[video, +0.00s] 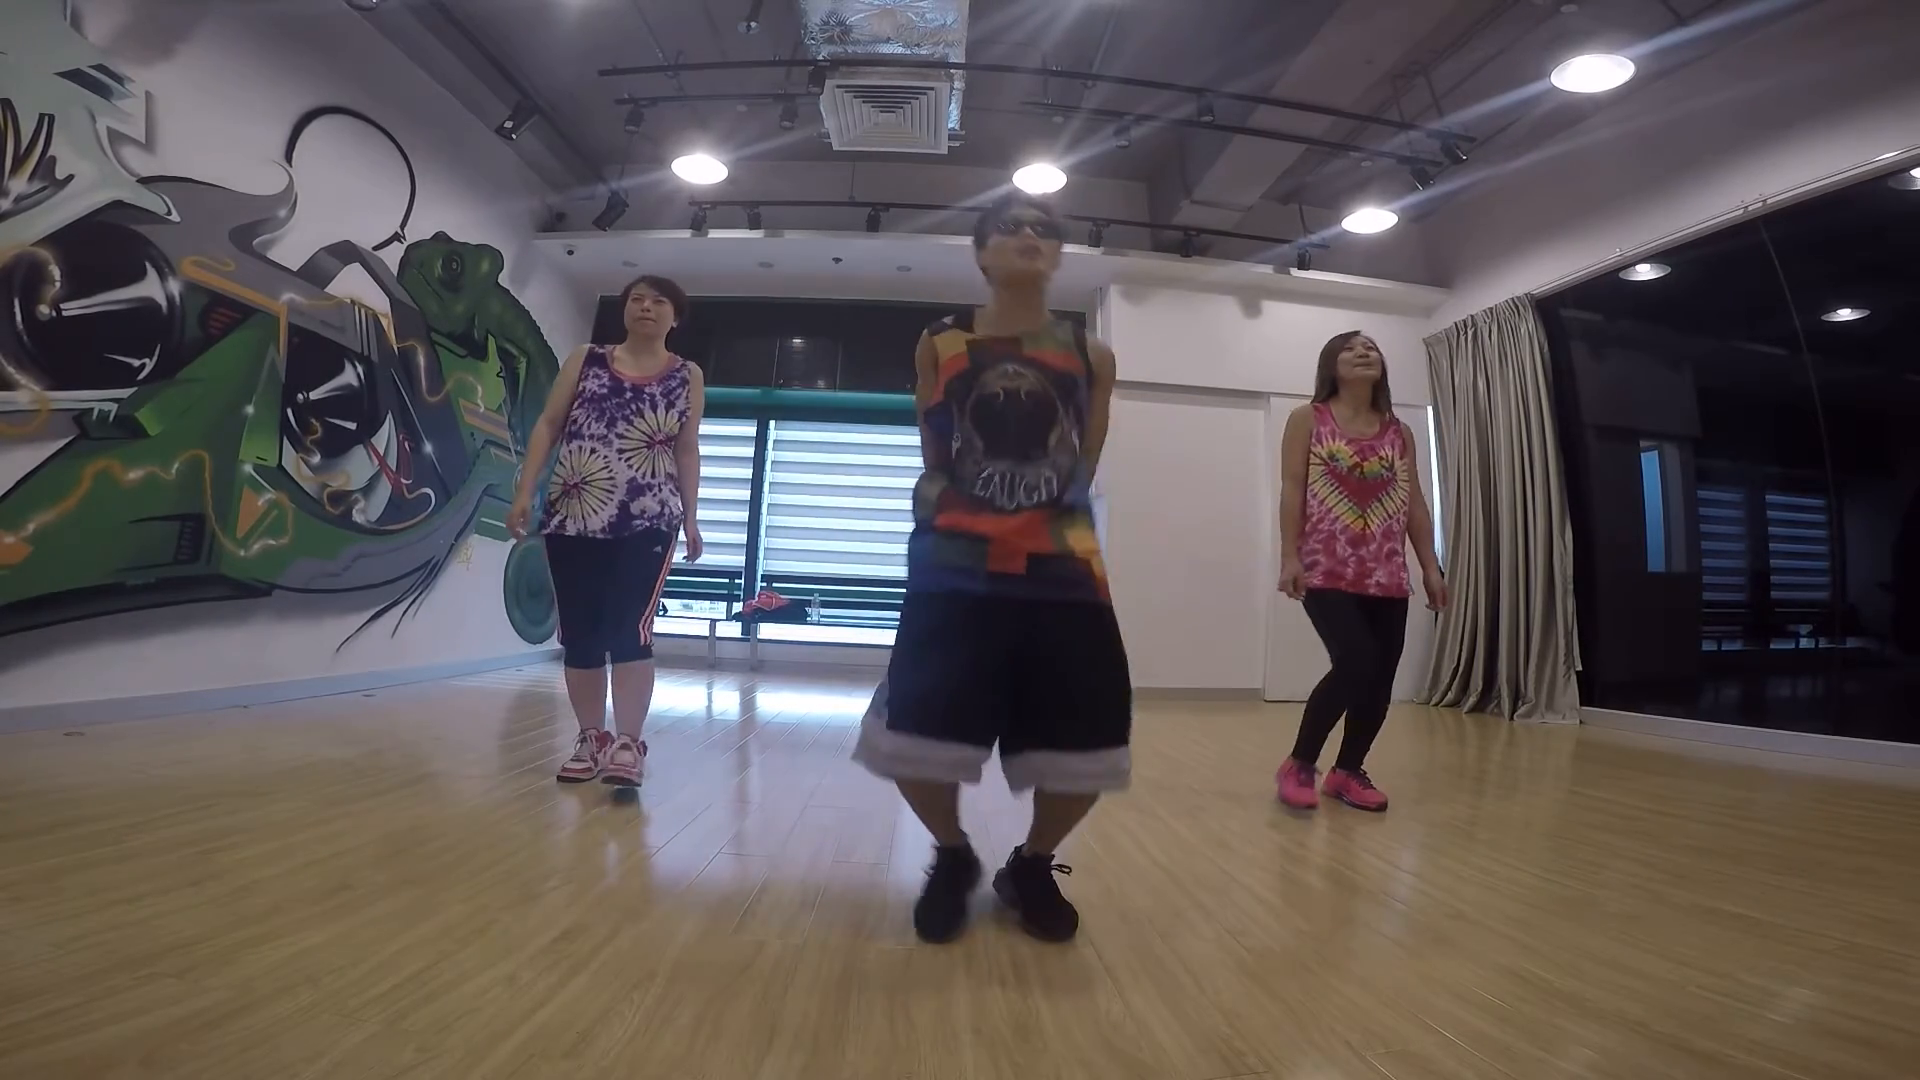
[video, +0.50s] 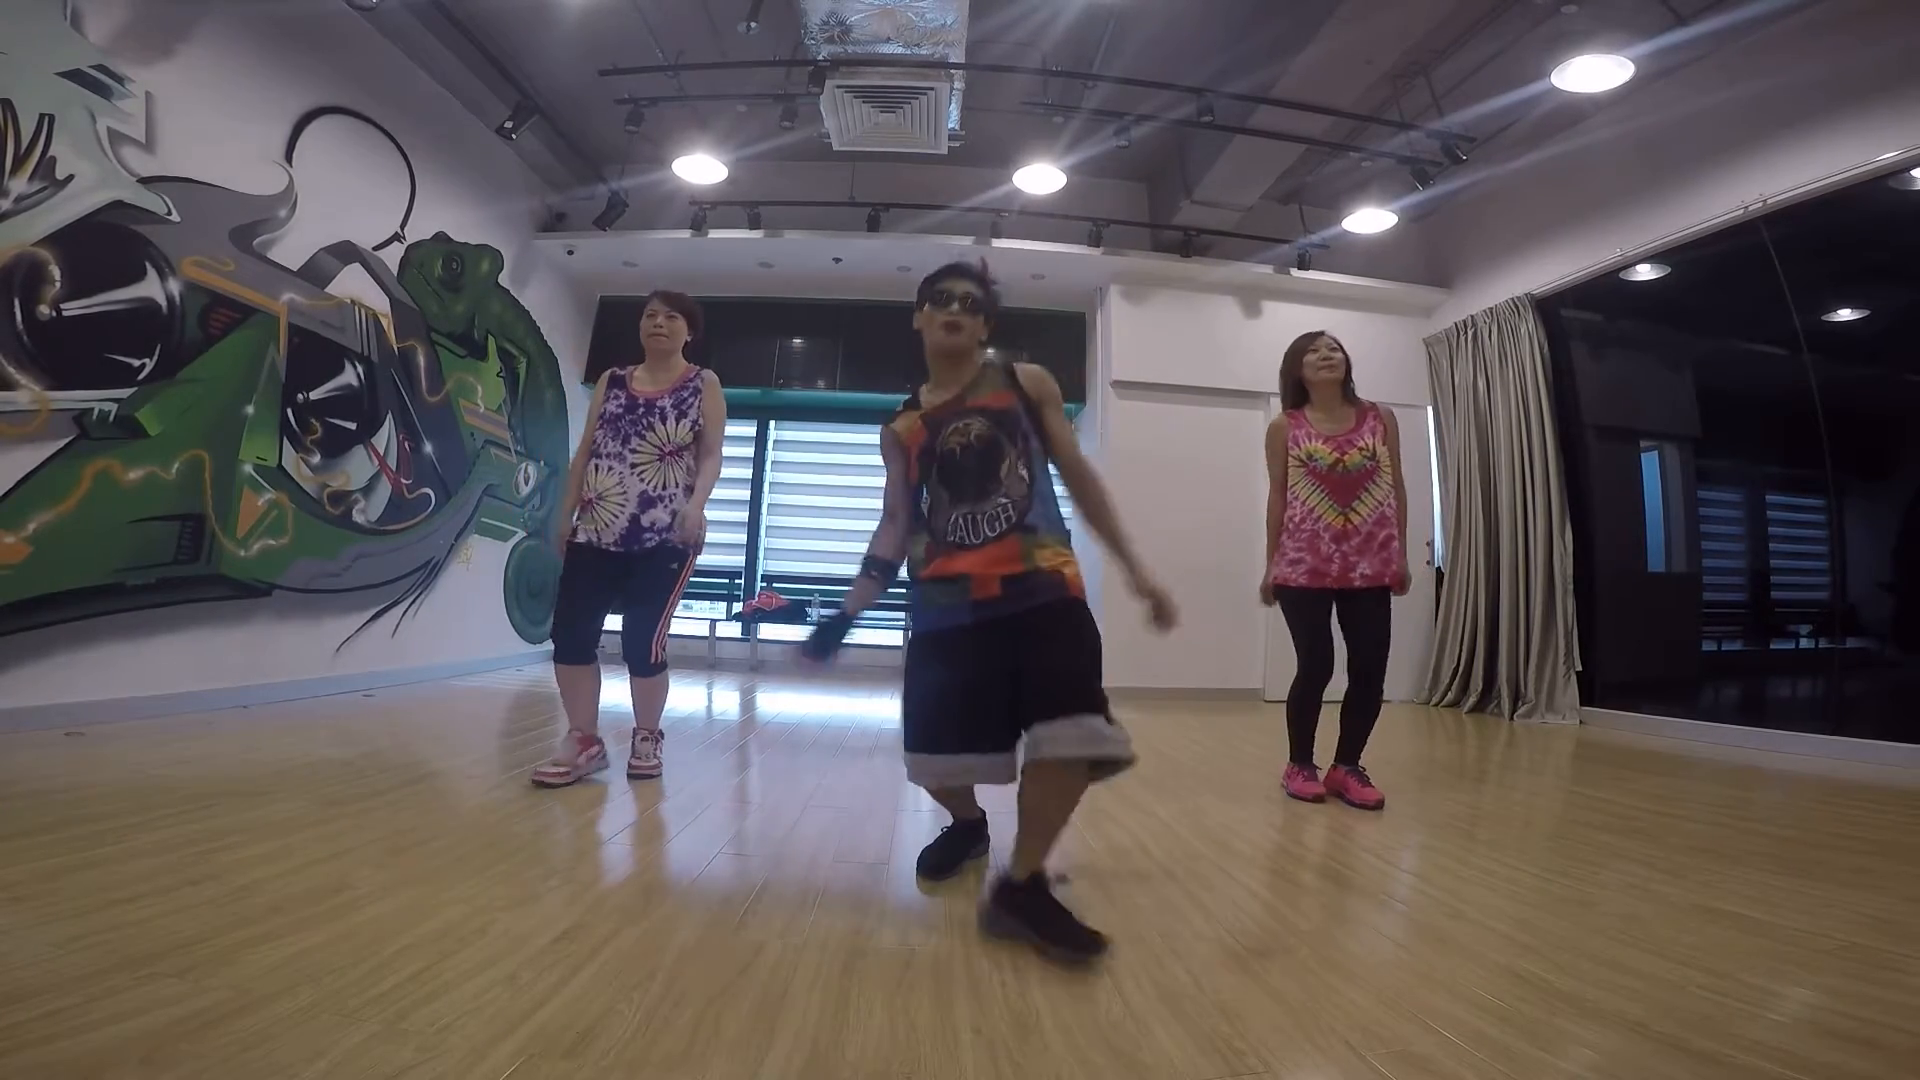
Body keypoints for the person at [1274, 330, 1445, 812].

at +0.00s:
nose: (1364, 352)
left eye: (1372, 349)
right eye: (1351, 349)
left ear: (1382, 368)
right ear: (1331, 368)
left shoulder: (1398, 431)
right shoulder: (1309, 419)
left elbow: (1414, 504)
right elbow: (1293, 490)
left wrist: (1430, 568)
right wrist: (1290, 557)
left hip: (1386, 577)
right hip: (1325, 573)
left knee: (1379, 679)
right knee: (1354, 665)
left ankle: (1348, 772)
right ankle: (1299, 767)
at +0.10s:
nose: (1353, 349)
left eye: (1361, 345)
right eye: (1340, 346)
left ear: (1373, 363)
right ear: (1322, 365)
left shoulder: (1396, 423)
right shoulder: (1304, 417)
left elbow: (1416, 496)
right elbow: (1289, 490)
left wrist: (1431, 562)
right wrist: (1284, 555)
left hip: (1385, 568)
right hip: (1321, 565)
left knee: (1376, 672)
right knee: (1357, 663)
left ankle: (1348, 770)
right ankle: (1302, 755)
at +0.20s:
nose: (1344, 348)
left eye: (1352, 343)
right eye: (1331, 345)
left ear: (1366, 361)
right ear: (1314, 366)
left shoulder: (1394, 419)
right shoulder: (1299, 418)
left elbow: (1416, 492)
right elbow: (1285, 489)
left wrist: (1426, 556)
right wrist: (1275, 556)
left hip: (1385, 567)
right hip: (1320, 565)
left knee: (1372, 674)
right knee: (1345, 667)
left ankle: (1348, 769)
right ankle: (1300, 759)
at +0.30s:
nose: (1339, 349)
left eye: (1346, 343)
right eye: (1325, 345)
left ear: (1359, 361)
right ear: (1308, 366)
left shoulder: (1388, 418)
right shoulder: (1294, 421)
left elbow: (1410, 490)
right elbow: (1283, 494)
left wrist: (1422, 552)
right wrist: (1273, 560)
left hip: (1382, 564)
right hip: (1315, 564)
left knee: (1368, 672)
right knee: (1328, 666)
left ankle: (1349, 770)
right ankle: (1301, 766)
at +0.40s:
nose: (1331, 348)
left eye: (1339, 343)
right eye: (1318, 345)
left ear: (1353, 359)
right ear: (1302, 366)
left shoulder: (1383, 416)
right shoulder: (1288, 421)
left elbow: (1401, 488)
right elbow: (1281, 494)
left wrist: (1410, 553)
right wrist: (1277, 559)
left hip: (1377, 562)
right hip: (1311, 563)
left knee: (1364, 671)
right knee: (1320, 664)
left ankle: (1348, 769)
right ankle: (1300, 766)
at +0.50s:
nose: (1326, 354)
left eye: (1334, 349)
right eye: (1313, 351)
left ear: (1348, 364)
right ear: (1296, 371)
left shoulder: (1379, 419)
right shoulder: (1285, 427)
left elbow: (1396, 490)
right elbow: (1278, 500)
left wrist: (1400, 558)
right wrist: (1272, 566)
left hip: (1368, 566)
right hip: (1302, 566)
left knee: (1369, 674)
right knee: (1316, 665)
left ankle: (1346, 768)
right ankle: (1300, 767)